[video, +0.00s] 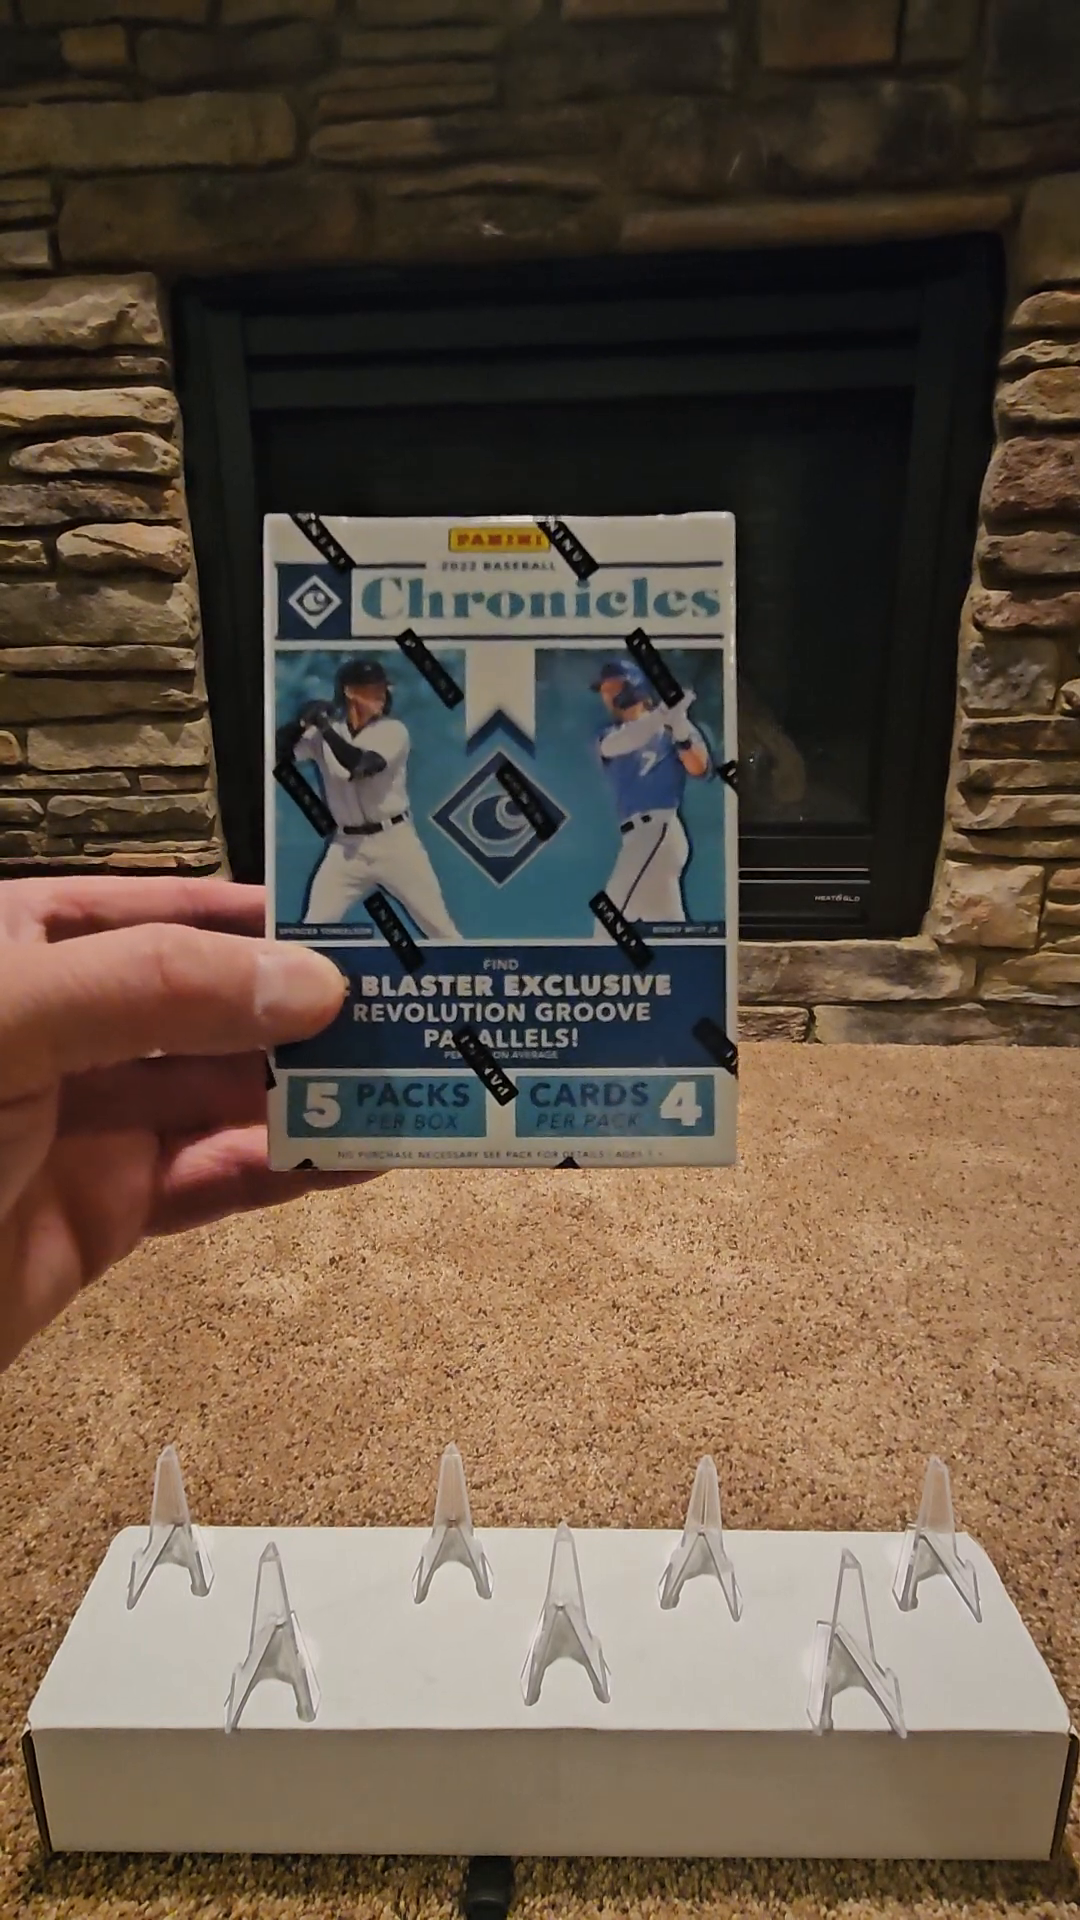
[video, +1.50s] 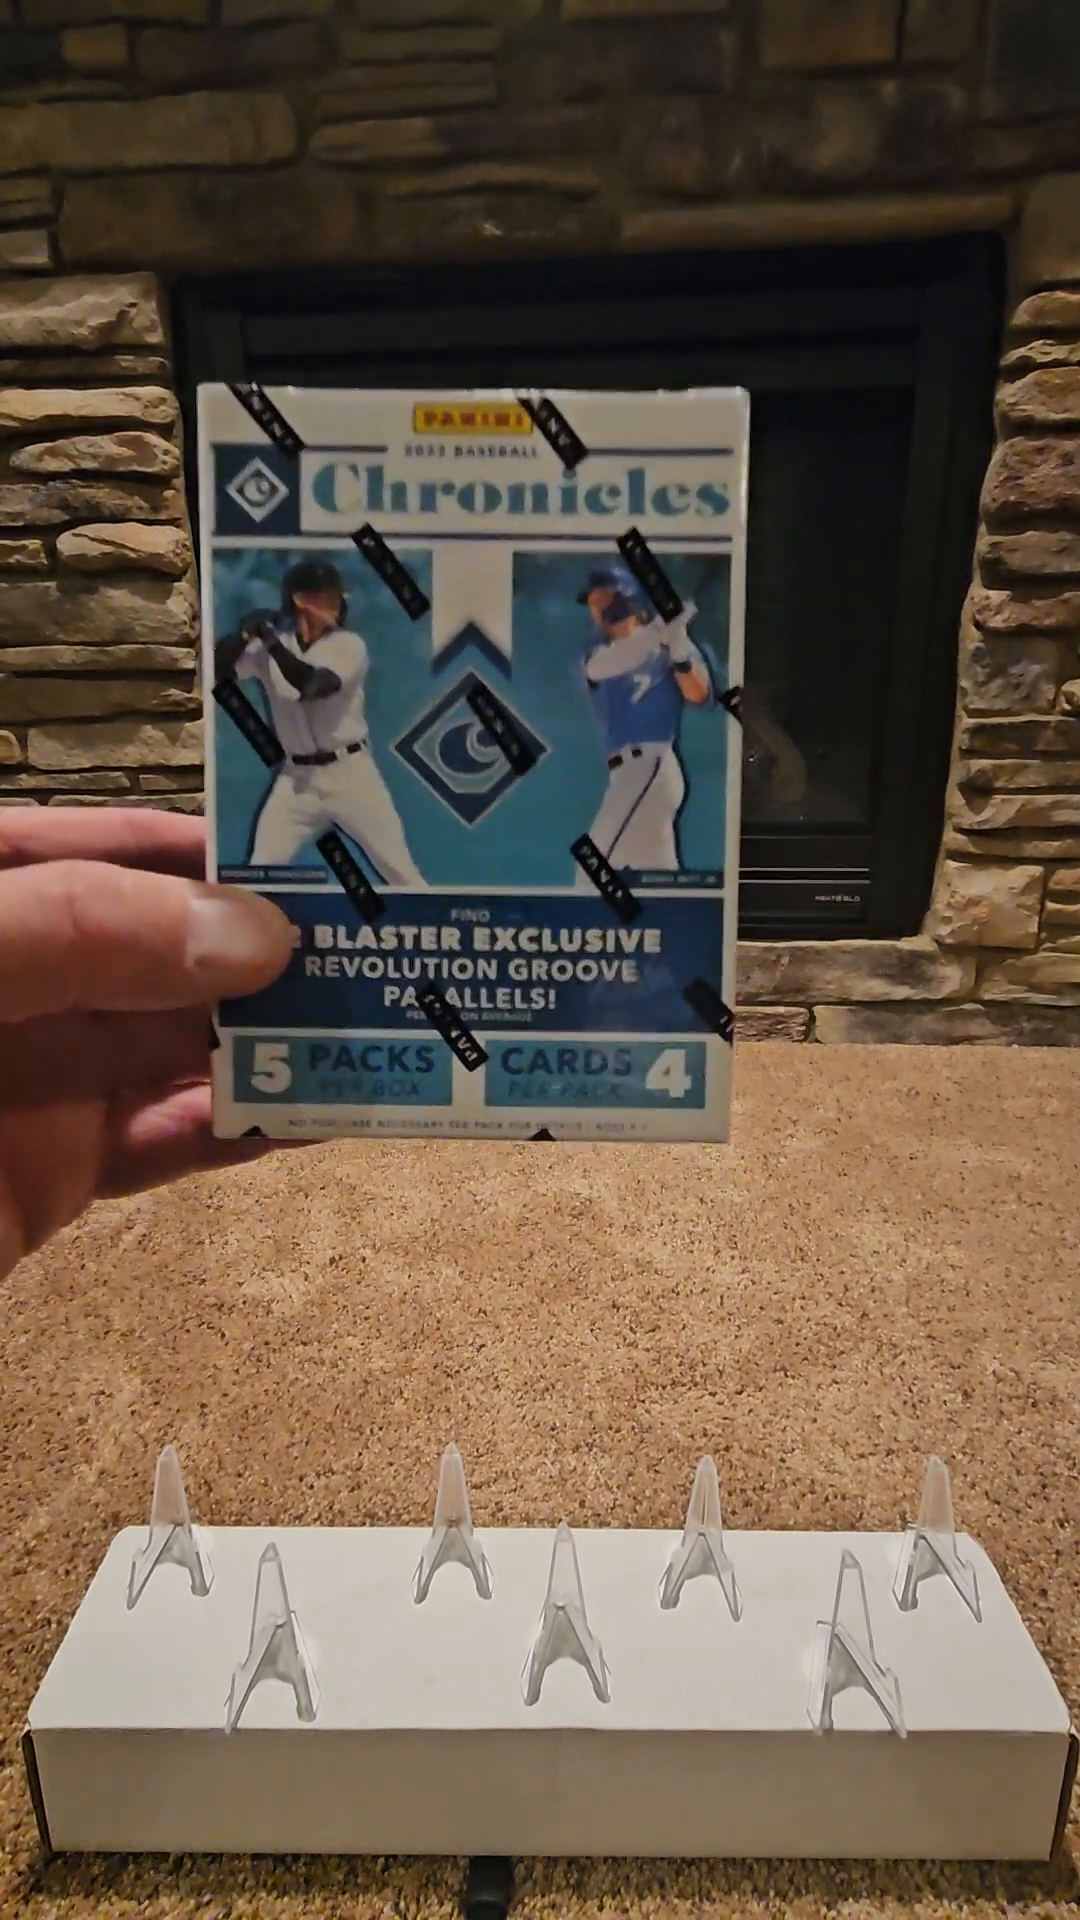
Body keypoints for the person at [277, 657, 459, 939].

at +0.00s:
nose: (381, 693)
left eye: (382, 687)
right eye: (372, 687)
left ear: (387, 691)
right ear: (350, 692)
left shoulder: (393, 731)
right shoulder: (323, 735)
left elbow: (359, 766)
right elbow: (279, 753)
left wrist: (324, 726)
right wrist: (300, 724)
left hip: (395, 843)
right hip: (346, 847)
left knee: (439, 928)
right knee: (314, 932)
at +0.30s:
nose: (384, 707)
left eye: (385, 700)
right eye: (375, 701)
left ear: (390, 705)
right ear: (353, 707)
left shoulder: (396, 746)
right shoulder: (324, 752)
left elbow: (363, 782)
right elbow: (280, 771)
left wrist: (326, 743)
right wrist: (302, 741)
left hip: (399, 860)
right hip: (349, 864)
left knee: (442, 945)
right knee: (317, 949)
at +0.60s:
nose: (368, 678)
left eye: (370, 672)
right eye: (359, 672)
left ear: (374, 675)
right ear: (336, 677)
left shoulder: (381, 718)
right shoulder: (306, 724)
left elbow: (345, 755)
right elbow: (258, 742)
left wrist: (309, 714)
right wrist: (286, 711)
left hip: (384, 834)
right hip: (334, 839)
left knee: (430, 921)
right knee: (302, 926)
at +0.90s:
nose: (373, 659)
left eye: (374, 652)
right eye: (363, 652)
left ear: (378, 656)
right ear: (340, 658)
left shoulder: (385, 698)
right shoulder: (310, 704)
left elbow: (350, 736)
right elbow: (265, 725)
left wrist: (312, 694)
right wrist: (285, 693)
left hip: (388, 816)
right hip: (337, 820)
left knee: (433, 903)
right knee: (305, 907)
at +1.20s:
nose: (374, 659)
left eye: (375, 653)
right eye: (365, 654)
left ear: (379, 657)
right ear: (341, 659)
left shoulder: (386, 700)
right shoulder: (310, 706)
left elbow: (351, 738)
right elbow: (263, 724)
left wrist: (314, 698)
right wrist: (287, 693)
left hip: (389, 820)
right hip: (337, 825)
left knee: (434, 908)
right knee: (305, 914)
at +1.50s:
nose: (336, 601)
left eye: (337, 594)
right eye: (326, 594)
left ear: (340, 599)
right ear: (300, 601)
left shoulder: (349, 645)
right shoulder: (266, 650)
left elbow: (311, 686)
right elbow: (216, 669)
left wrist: (270, 641)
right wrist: (243, 635)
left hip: (352, 774)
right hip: (296, 779)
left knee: (400, 871)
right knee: (261, 875)